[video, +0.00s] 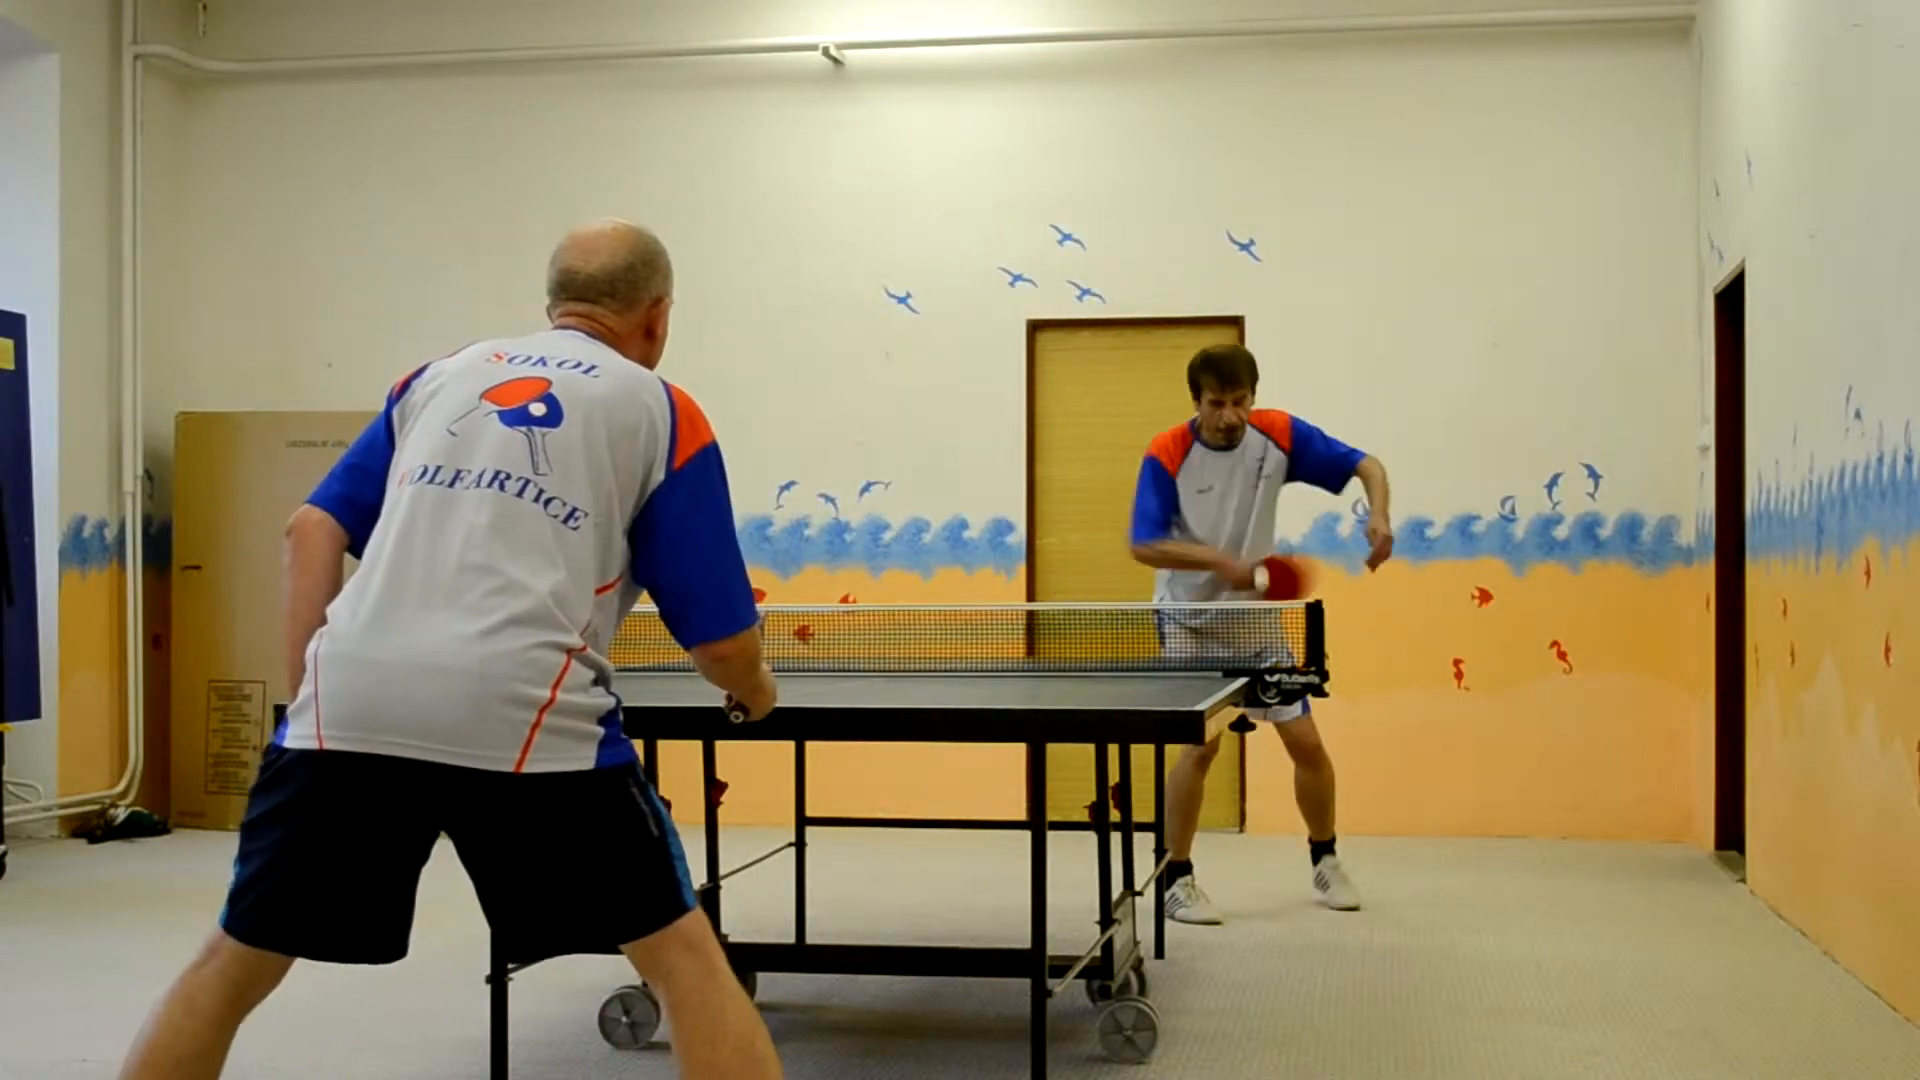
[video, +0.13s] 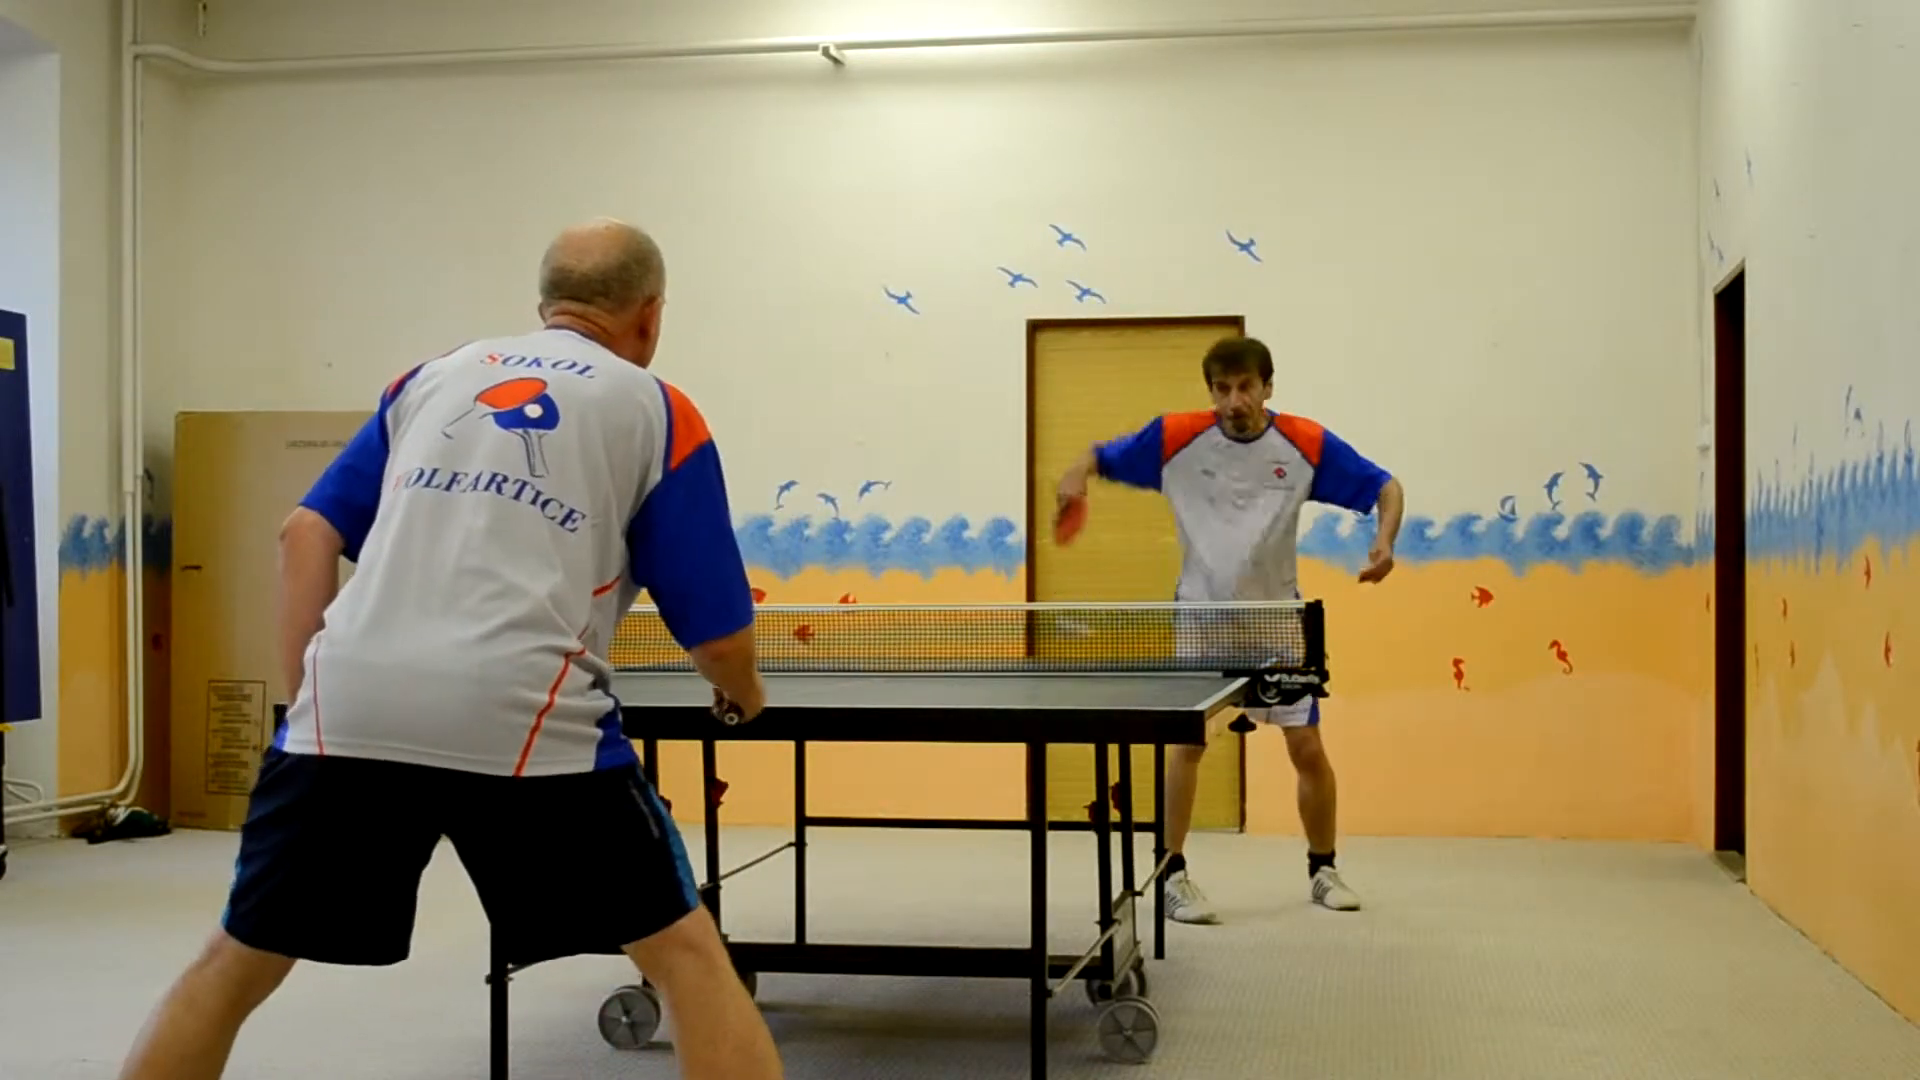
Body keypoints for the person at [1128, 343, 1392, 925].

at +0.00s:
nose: (1229, 416)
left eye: (1239, 403)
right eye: (1217, 405)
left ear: (1252, 395)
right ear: (1196, 400)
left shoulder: (1278, 434)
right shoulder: (1166, 454)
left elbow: (1368, 466)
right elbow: (1144, 545)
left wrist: (1380, 517)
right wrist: (1220, 559)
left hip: (1254, 614)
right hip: (1187, 618)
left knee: (1308, 744)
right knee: (1198, 746)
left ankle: (1325, 863)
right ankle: (1176, 879)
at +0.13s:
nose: (1233, 402)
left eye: (1244, 388)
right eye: (1223, 390)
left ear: (1266, 386)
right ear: (1210, 390)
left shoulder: (1303, 440)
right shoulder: (1176, 436)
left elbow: (1387, 487)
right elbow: (1097, 457)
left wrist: (1384, 543)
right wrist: (1072, 485)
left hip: (1277, 616)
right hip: (1201, 616)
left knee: (1308, 749)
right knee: (1184, 743)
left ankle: (1324, 870)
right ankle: (1170, 874)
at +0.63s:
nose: (1189, 397)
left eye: (1200, 386)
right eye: (1180, 388)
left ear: (1226, 388)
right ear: (1173, 393)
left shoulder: (1268, 452)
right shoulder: (1159, 458)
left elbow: (1327, 522)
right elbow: (1114, 521)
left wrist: (1314, 562)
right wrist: (1099, 562)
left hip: (1260, 630)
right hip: (1181, 630)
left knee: (1288, 753)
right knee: (1111, 731)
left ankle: (1321, 869)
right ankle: (1083, 861)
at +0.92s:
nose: (1160, 415)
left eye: (1170, 403)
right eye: (1150, 405)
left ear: (1192, 402)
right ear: (1139, 409)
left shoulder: (1231, 452)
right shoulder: (1123, 479)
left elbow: (1278, 527)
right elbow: (1104, 567)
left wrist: (1245, 531)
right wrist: (1147, 590)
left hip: (1236, 629)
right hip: (1160, 633)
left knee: (1283, 734)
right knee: (1095, 733)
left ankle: (1331, 864)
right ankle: (1081, 861)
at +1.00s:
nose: (1159, 403)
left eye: (1169, 392)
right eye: (1149, 393)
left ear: (1187, 392)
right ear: (1135, 396)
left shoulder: (1220, 438)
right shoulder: (1114, 461)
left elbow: (1269, 503)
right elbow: (1076, 531)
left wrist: (1251, 495)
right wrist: (1118, 552)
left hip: (1226, 615)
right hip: (1146, 619)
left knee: (1282, 727)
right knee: (1095, 729)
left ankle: (1336, 855)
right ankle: (1076, 856)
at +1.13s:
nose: (1161, 381)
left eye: (1171, 370)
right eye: (1151, 372)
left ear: (1191, 374)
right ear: (1138, 379)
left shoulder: (1225, 427)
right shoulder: (1116, 438)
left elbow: (1265, 473)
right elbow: (1055, 482)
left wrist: (1292, 476)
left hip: (1221, 608)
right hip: (1143, 611)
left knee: (1279, 725)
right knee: (1096, 730)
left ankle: (1317, 844)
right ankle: (1072, 856)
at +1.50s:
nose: (1209, 392)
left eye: (1218, 380)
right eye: (1199, 382)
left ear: (1240, 385)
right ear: (1188, 391)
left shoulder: (1277, 444)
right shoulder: (1165, 452)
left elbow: (1318, 508)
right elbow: (1115, 503)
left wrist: (1317, 533)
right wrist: (1083, 522)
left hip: (1262, 621)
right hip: (1185, 621)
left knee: (1307, 723)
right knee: (1130, 717)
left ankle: (1292, 836)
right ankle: (1106, 835)